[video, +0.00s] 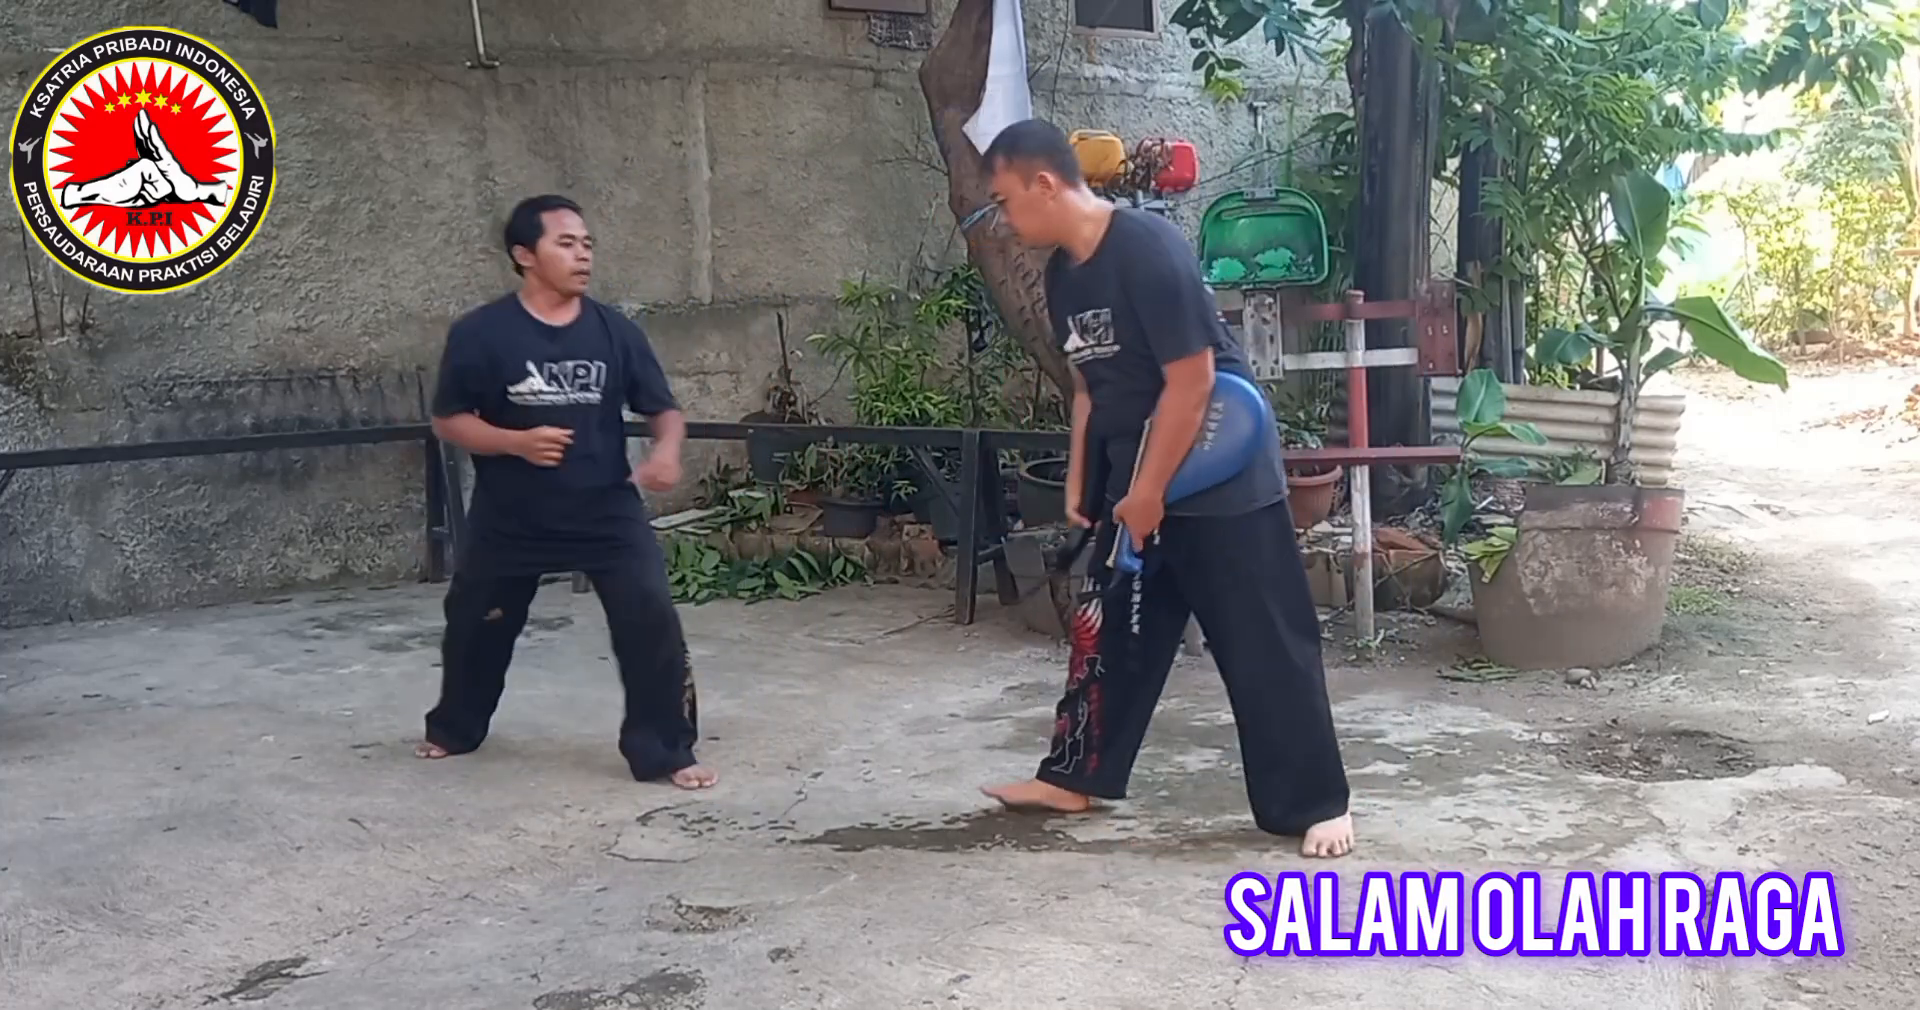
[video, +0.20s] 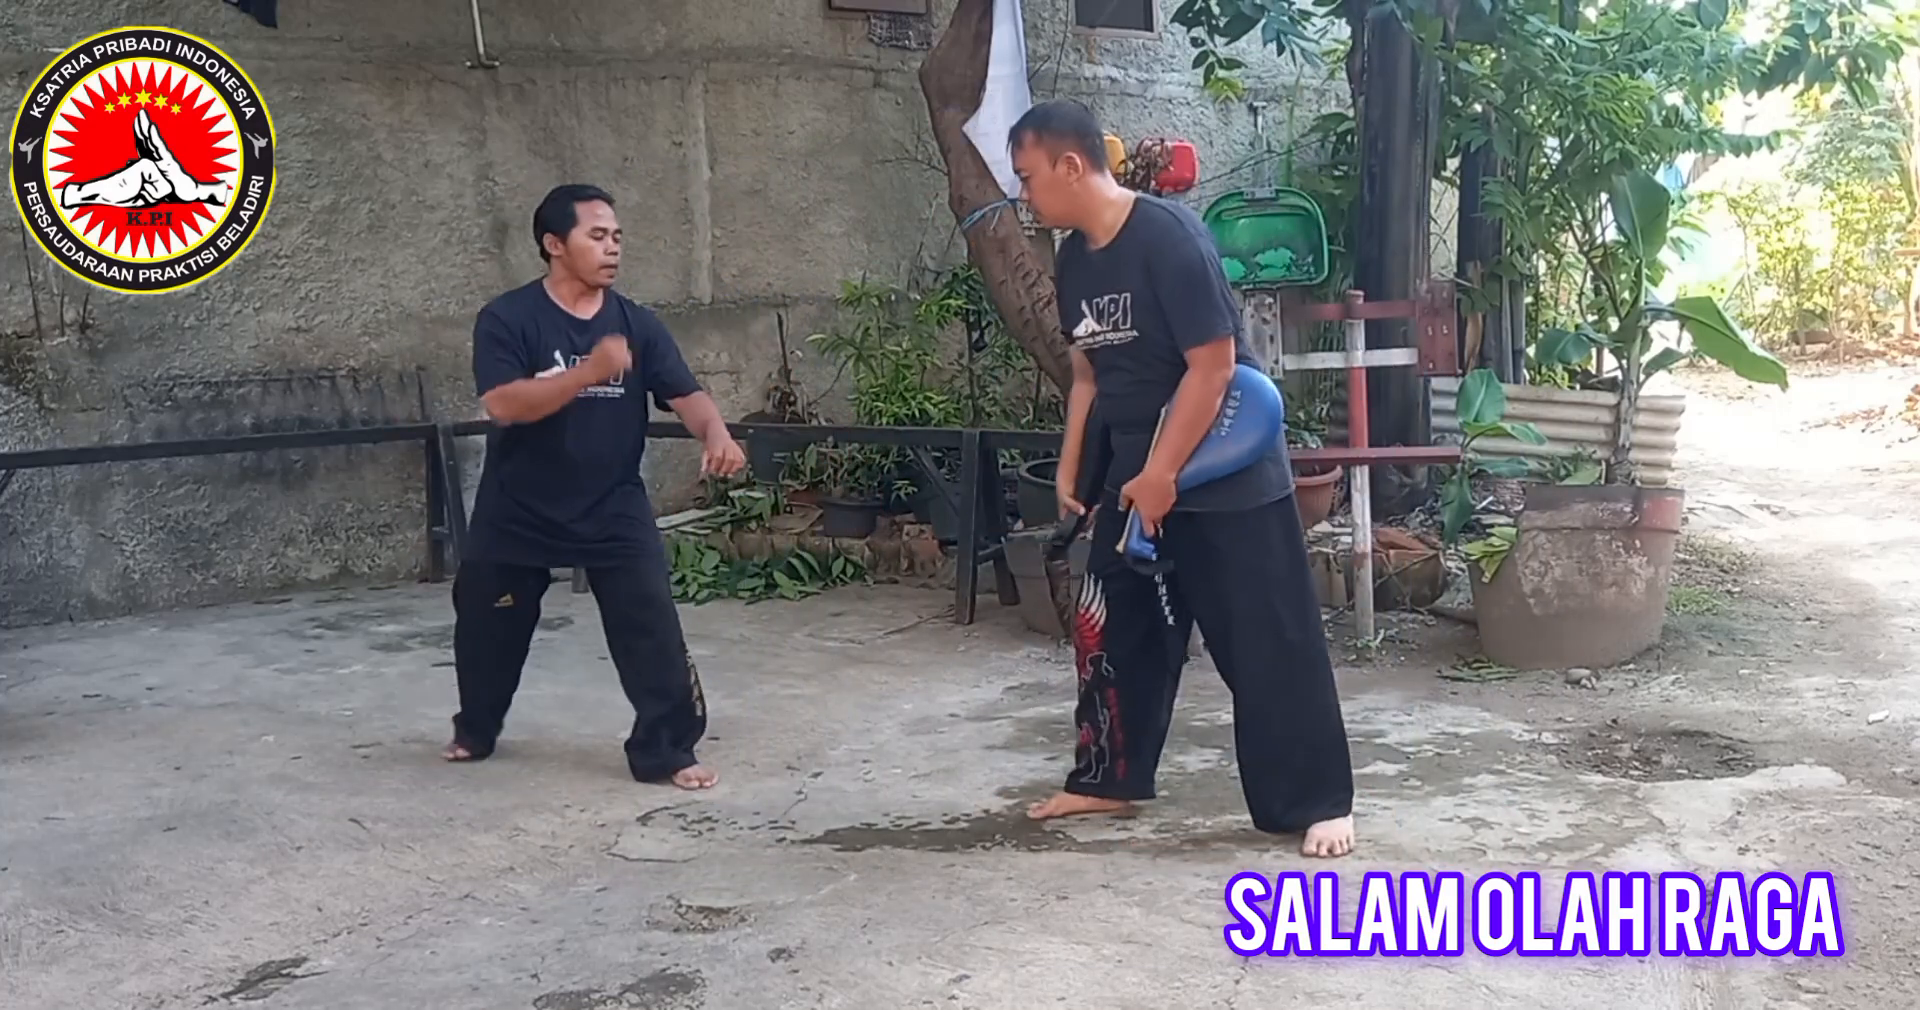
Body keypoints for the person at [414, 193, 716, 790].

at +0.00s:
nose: (583, 254)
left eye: (586, 244)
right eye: (567, 243)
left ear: (592, 252)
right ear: (525, 256)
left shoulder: (617, 332)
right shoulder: (477, 334)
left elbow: (664, 409)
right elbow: (449, 421)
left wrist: (667, 453)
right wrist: (514, 441)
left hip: (607, 517)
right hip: (511, 520)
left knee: (652, 619)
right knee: (473, 622)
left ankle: (665, 751)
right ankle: (456, 726)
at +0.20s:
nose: (613, 247)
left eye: (616, 235)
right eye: (598, 235)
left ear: (620, 242)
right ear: (554, 245)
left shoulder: (636, 323)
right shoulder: (507, 318)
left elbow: (684, 393)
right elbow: (504, 405)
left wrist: (715, 432)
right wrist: (586, 372)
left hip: (613, 503)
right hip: (520, 502)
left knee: (650, 619)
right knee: (486, 613)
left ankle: (666, 751)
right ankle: (476, 726)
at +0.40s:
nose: (581, 258)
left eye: (585, 245)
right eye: (565, 246)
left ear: (590, 251)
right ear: (522, 255)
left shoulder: (609, 328)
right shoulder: (478, 330)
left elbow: (662, 403)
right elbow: (490, 409)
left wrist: (702, 453)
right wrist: (549, 339)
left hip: (597, 512)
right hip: (505, 514)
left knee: (642, 621)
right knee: (482, 629)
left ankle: (666, 753)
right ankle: (484, 736)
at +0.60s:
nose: (578, 247)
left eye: (582, 235)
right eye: (563, 235)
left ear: (586, 242)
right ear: (519, 243)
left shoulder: (611, 321)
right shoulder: (477, 317)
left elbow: (666, 387)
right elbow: (491, 393)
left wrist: (712, 426)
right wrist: (549, 319)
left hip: (607, 506)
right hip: (514, 509)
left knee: (656, 616)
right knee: (487, 624)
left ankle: (699, 753)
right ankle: (482, 735)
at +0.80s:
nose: (606, 259)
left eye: (610, 247)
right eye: (590, 247)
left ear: (616, 253)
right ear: (548, 254)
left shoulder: (641, 331)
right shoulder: (506, 326)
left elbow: (708, 389)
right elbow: (524, 400)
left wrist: (759, 415)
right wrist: (587, 331)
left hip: (625, 514)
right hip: (530, 514)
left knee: (669, 624)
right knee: (488, 616)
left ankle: (711, 758)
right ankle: (491, 734)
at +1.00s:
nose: (585, 284)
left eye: (593, 272)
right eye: (570, 272)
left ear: (601, 276)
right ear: (532, 275)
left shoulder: (625, 353)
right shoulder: (493, 339)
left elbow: (687, 406)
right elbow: (489, 412)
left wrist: (738, 433)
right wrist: (558, 353)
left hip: (602, 531)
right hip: (510, 528)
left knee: (646, 634)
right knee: (465, 632)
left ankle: (700, 761)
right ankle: (488, 742)